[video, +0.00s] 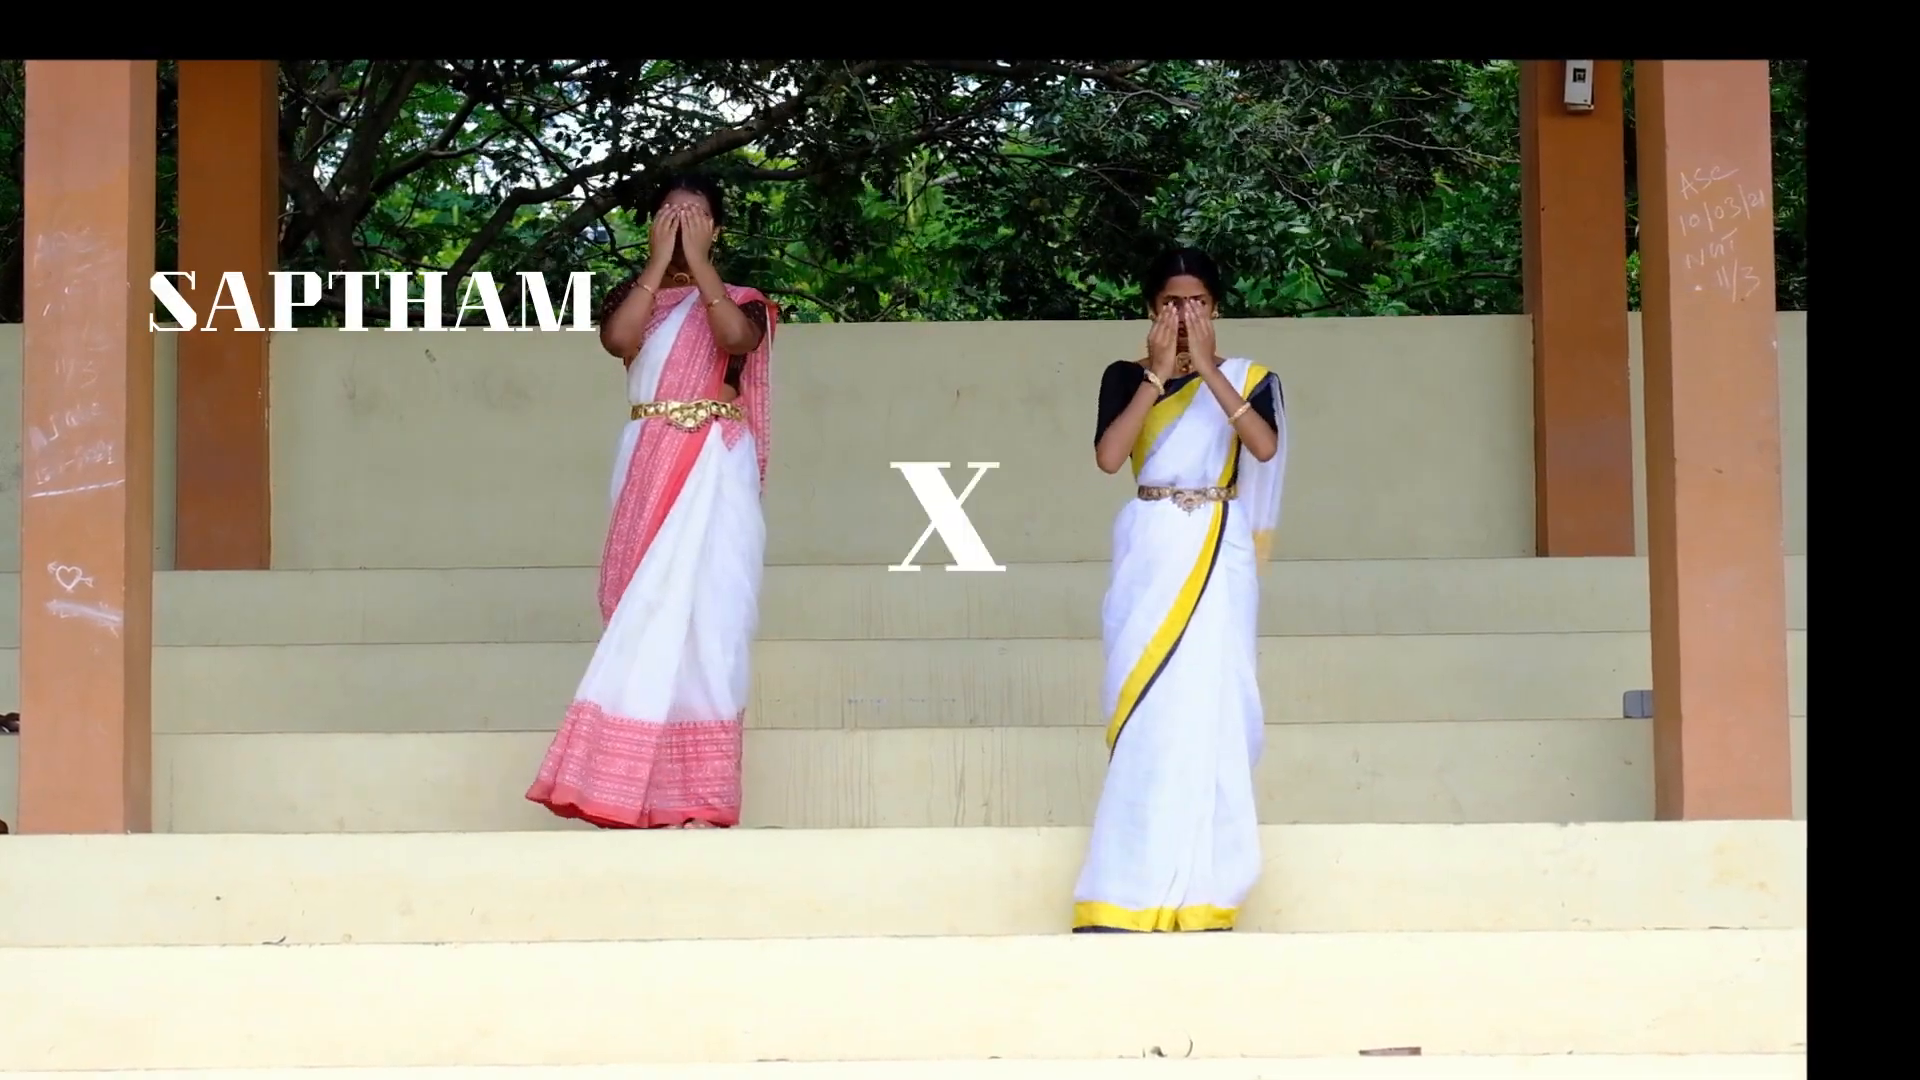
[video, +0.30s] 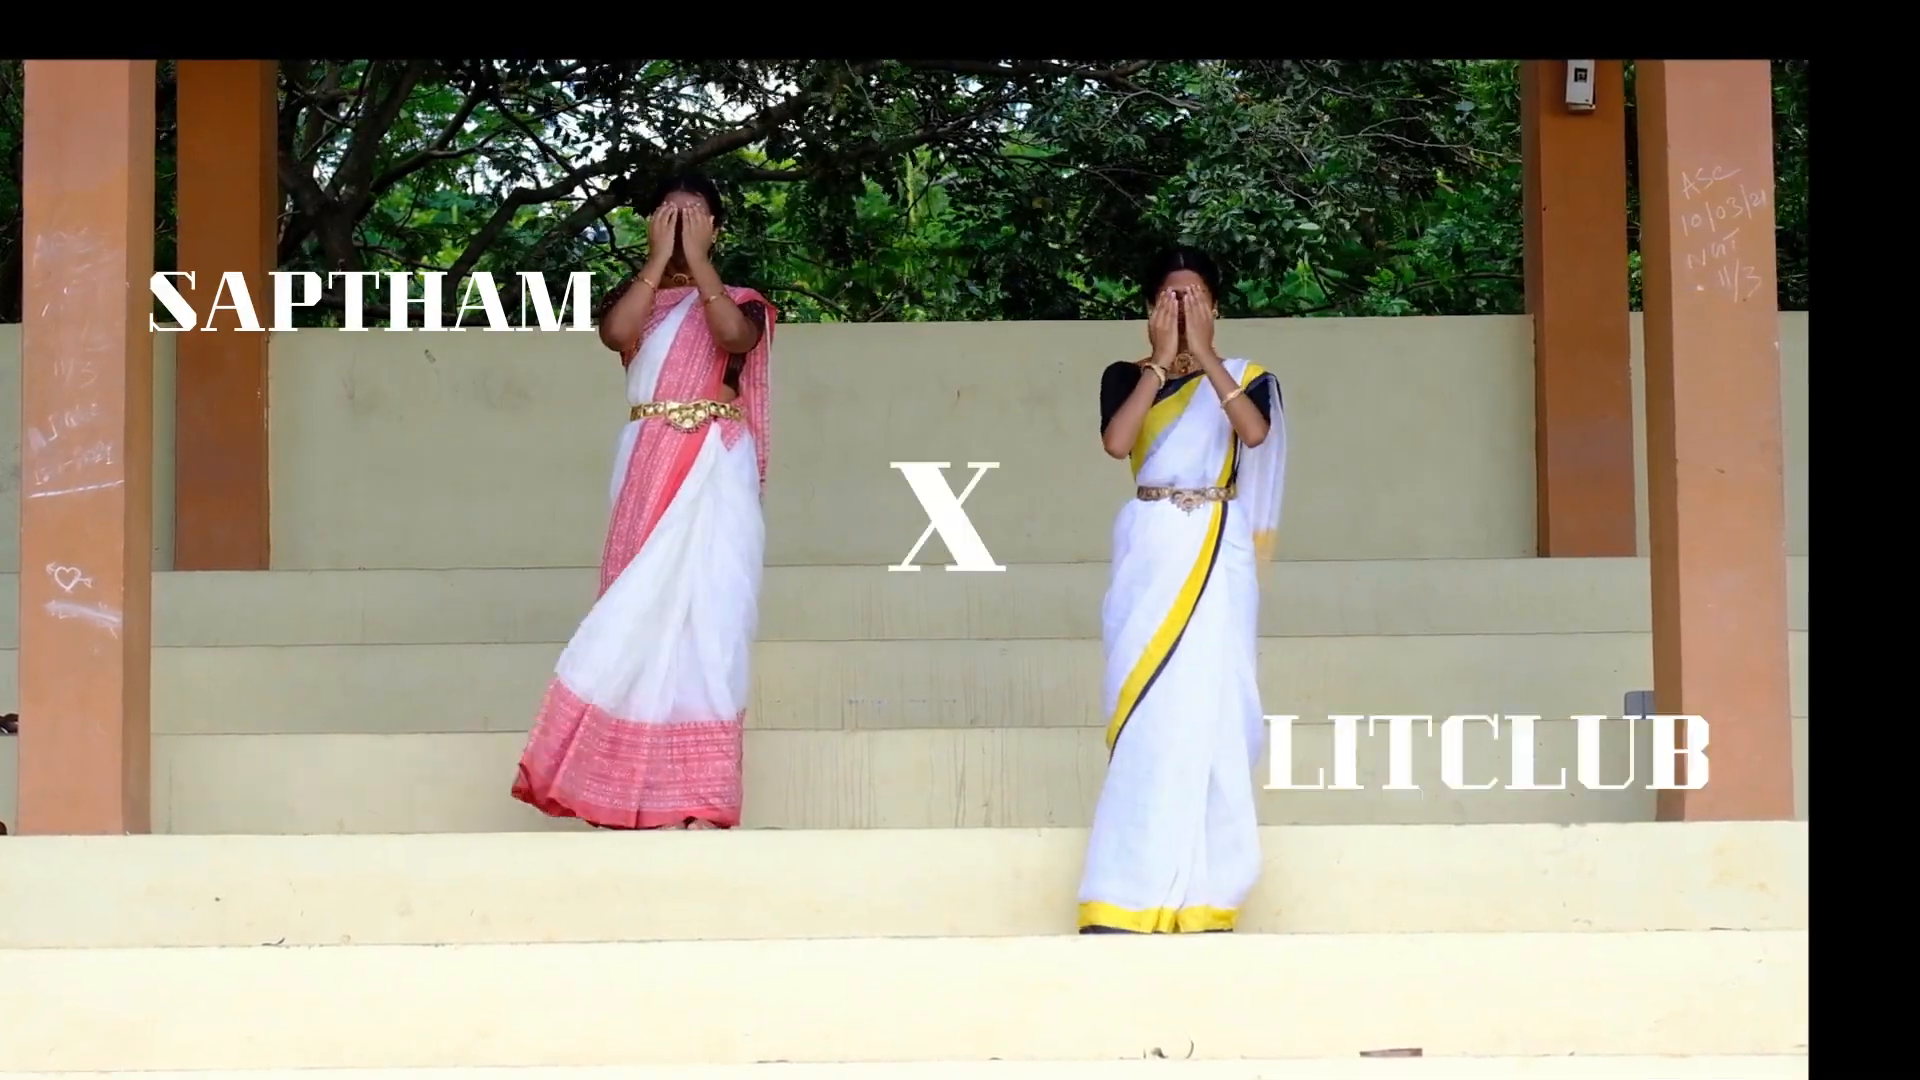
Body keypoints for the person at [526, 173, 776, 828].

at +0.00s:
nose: (681, 225)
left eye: (694, 213)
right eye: (671, 214)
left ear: (716, 229)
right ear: (655, 228)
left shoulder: (744, 302)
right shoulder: (636, 298)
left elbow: (735, 336)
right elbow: (621, 340)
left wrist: (700, 258)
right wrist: (655, 259)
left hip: (714, 474)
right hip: (647, 471)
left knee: (703, 623)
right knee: (646, 618)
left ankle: (698, 797)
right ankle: (633, 792)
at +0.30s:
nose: (684, 224)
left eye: (695, 213)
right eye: (672, 214)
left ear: (717, 226)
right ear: (655, 227)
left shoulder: (742, 303)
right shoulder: (637, 302)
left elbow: (732, 336)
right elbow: (619, 334)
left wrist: (698, 259)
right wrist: (654, 256)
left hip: (714, 472)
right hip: (646, 470)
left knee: (706, 622)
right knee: (640, 616)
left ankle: (698, 796)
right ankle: (629, 790)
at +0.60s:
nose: (677, 225)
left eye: (690, 215)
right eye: (666, 214)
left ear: (712, 227)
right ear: (650, 227)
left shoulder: (738, 301)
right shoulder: (634, 299)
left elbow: (736, 341)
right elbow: (616, 337)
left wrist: (694, 262)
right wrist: (655, 261)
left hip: (714, 473)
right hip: (646, 472)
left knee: (707, 623)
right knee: (638, 616)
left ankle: (696, 796)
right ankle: (624, 793)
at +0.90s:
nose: (677, 227)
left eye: (690, 215)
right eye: (665, 215)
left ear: (713, 230)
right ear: (648, 230)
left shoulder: (739, 305)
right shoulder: (629, 302)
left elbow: (733, 339)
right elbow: (617, 336)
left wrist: (696, 260)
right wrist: (653, 261)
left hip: (712, 477)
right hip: (643, 475)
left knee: (702, 627)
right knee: (639, 623)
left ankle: (698, 800)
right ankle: (621, 796)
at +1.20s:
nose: (677, 227)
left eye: (691, 216)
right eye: (666, 215)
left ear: (714, 229)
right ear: (648, 228)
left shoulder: (742, 302)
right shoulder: (632, 299)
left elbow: (735, 340)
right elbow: (616, 335)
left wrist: (695, 258)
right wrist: (657, 261)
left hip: (713, 475)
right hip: (644, 474)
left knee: (706, 626)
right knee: (638, 623)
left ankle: (702, 800)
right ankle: (631, 797)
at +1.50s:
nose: (677, 224)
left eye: (690, 213)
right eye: (666, 213)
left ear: (713, 228)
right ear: (648, 227)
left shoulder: (741, 304)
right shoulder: (629, 301)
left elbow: (734, 339)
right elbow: (618, 336)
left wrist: (696, 261)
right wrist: (655, 261)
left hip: (713, 478)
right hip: (643, 477)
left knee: (705, 628)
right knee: (639, 625)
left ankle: (703, 802)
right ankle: (631, 799)